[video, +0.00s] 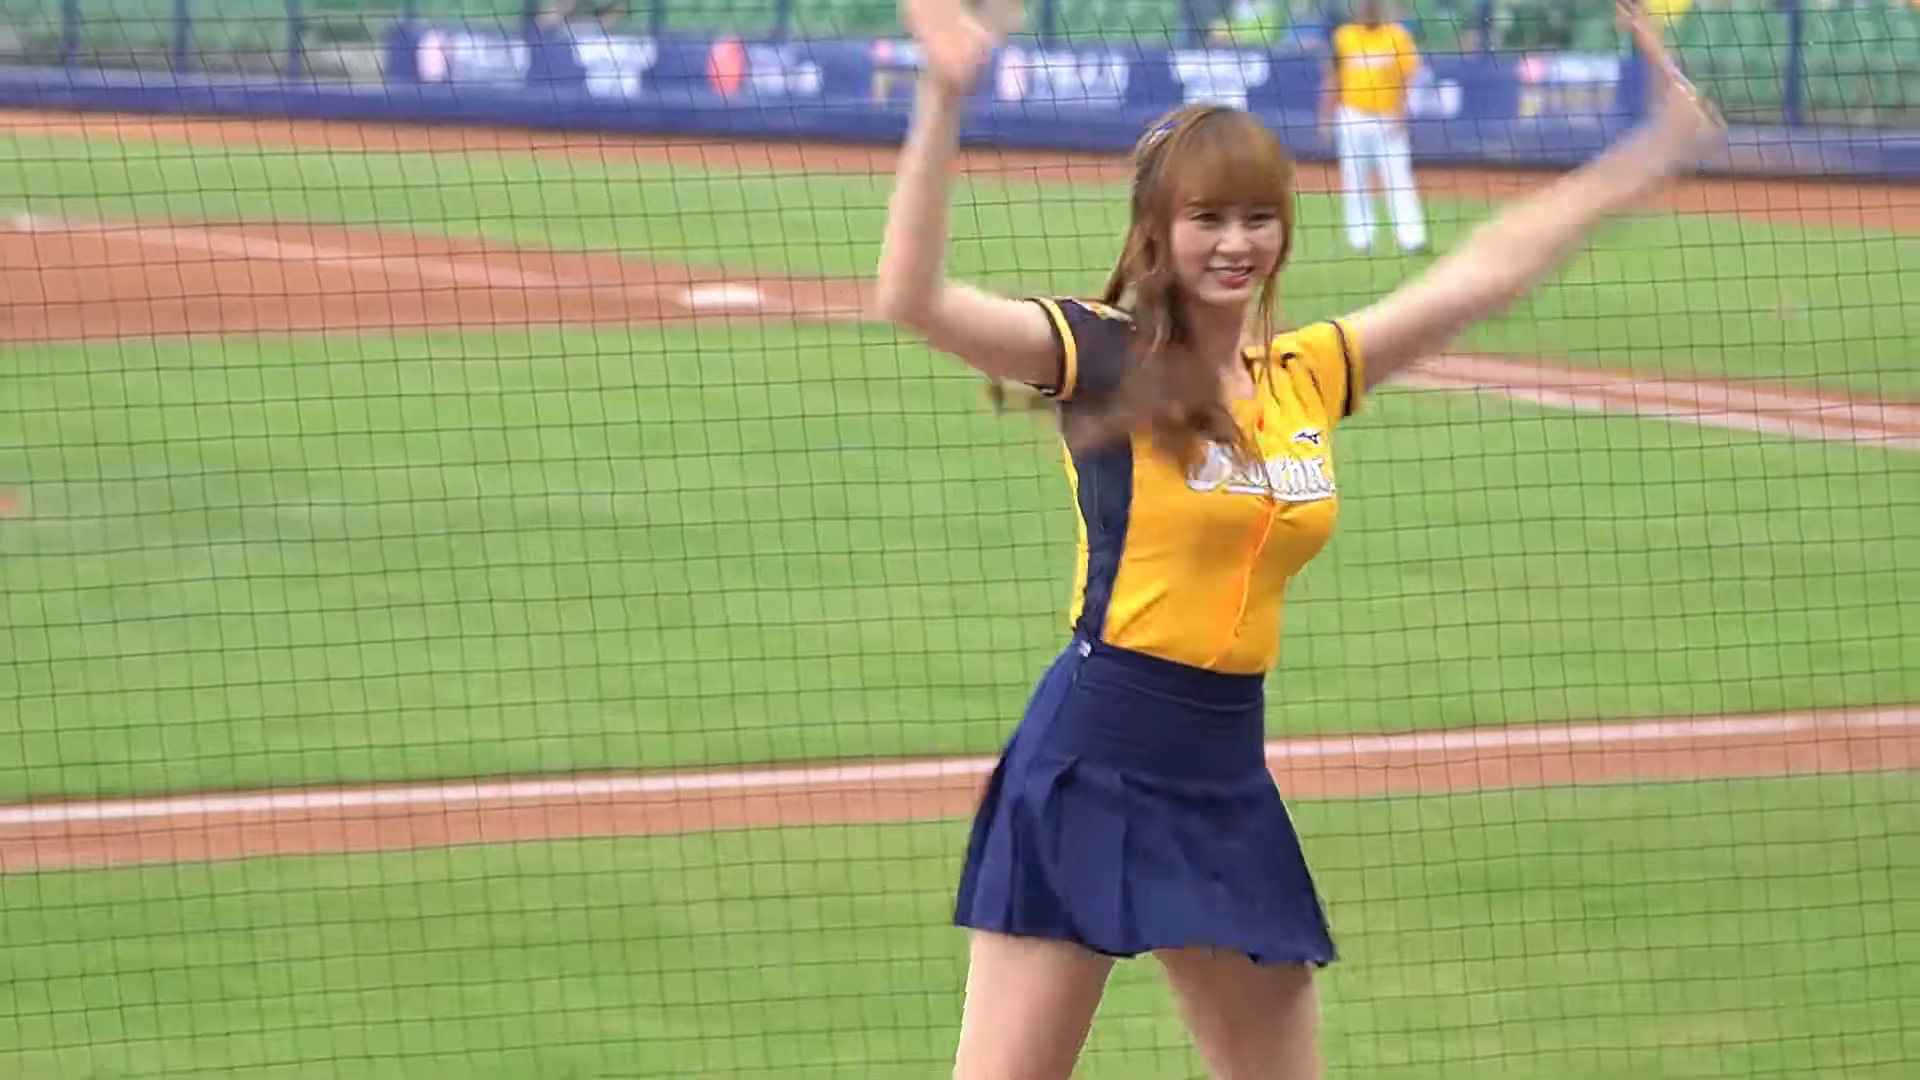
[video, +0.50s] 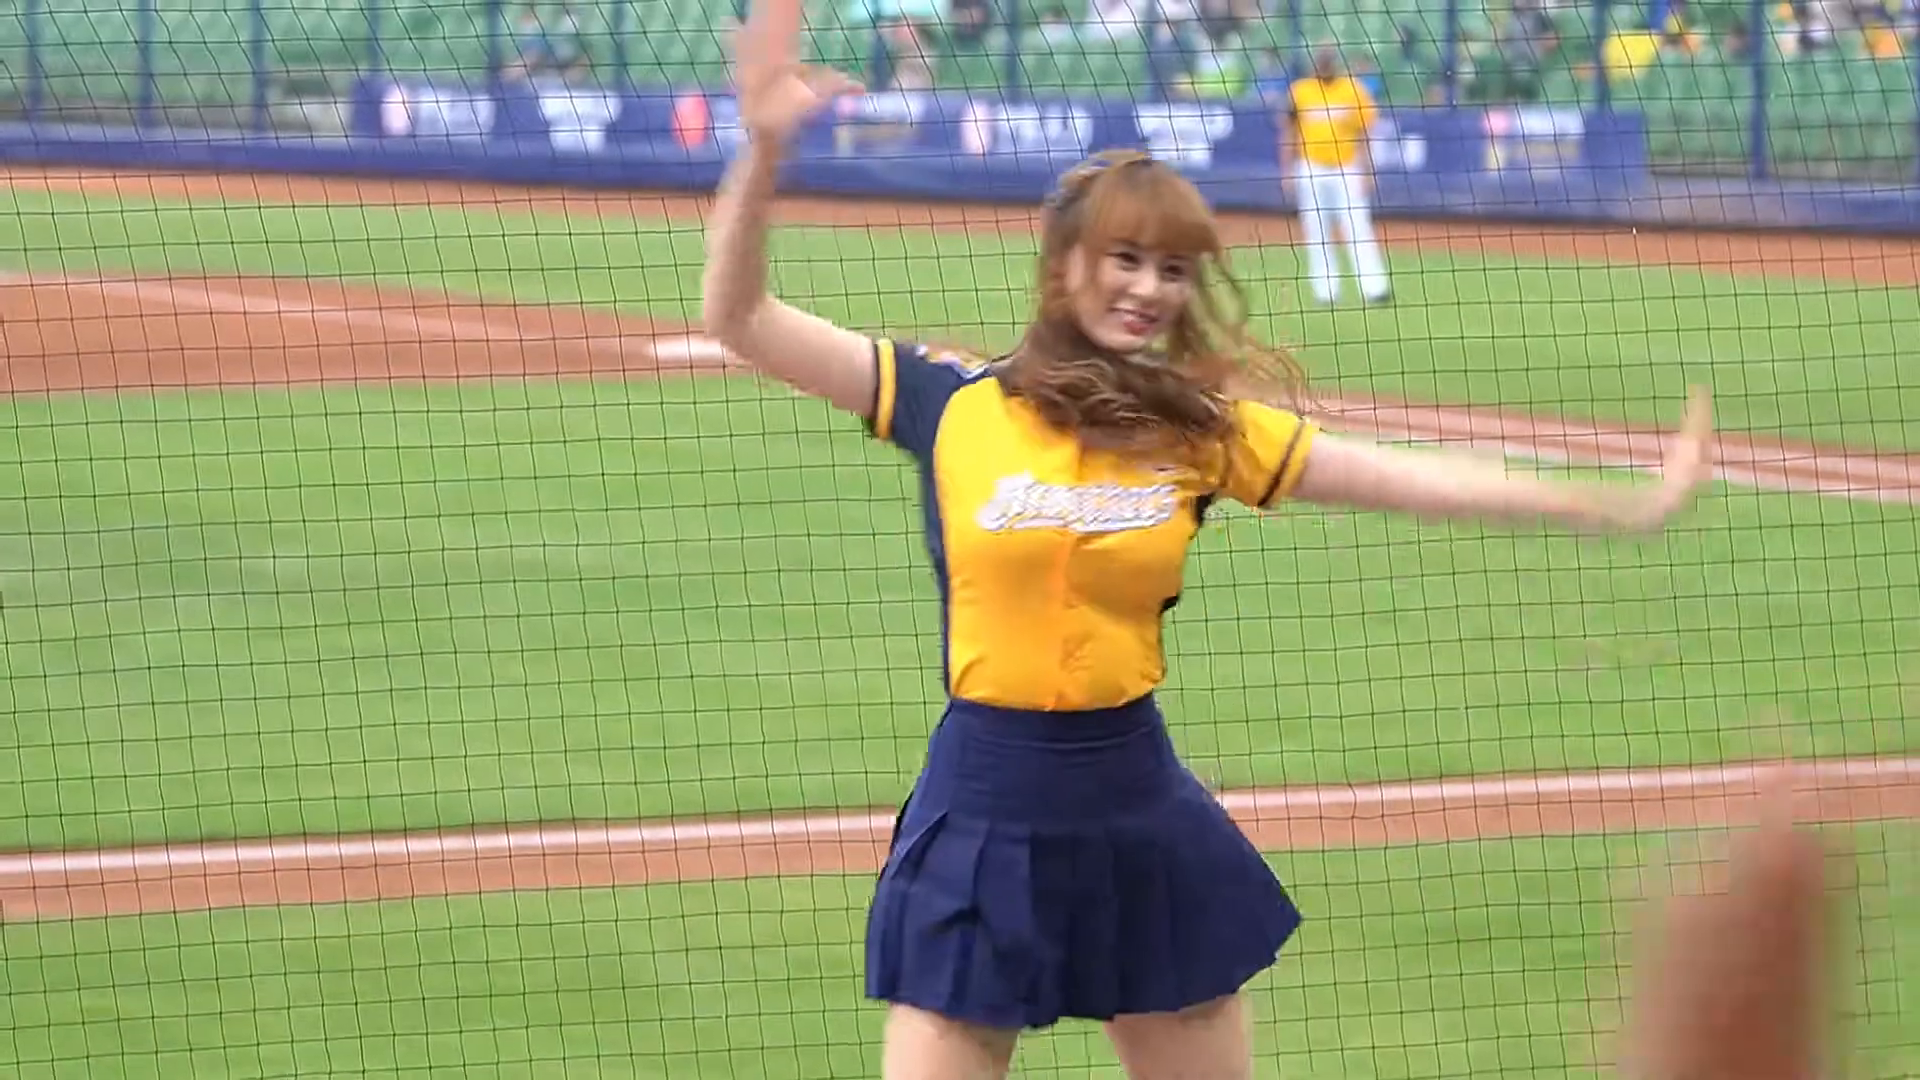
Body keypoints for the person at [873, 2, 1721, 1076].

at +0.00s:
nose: (1237, 240)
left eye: (1260, 216)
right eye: (1209, 216)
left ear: (1288, 230)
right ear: (1157, 231)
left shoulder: (1311, 370)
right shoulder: (1106, 356)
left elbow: (1487, 268)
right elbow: (913, 298)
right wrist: (941, 95)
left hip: (1225, 779)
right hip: (1089, 762)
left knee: (1279, 1064)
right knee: (1005, 1063)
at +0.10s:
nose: (1279, 242)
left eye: (1307, 223)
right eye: (1255, 213)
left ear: (1332, 250)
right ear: (1201, 223)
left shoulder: (1326, 410)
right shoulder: (1112, 358)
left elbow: (1527, 472)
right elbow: (906, 424)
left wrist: (1696, 512)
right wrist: (1038, 284)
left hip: (1202, 775)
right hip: (1055, 759)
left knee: (1251, 1063)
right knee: (1078, 1064)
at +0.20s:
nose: (1295, 306)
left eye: (1321, 287)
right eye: (1270, 277)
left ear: (1343, 314)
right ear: (1218, 288)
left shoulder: (1316, 508)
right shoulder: (1118, 436)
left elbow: (1422, 670)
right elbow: (916, 555)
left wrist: (1538, 816)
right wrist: (1056, 429)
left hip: (1184, 849)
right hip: (1032, 831)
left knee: (1263, 1061)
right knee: (1119, 1068)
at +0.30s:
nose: (1274, 331)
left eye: (1299, 310)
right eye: (1249, 301)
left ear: (1318, 334)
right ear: (1196, 310)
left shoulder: (1302, 532)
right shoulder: (1088, 450)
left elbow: (1391, 740)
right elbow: (876, 538)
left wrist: (1463, 919)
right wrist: (992, 416)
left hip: (1178, 850)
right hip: (1034, 838)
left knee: (1266, 1058)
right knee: (1089, 1063)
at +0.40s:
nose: (1225, 286)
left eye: (1251, 268)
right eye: (1203, 256)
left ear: (1270, 292)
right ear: (1145, 259)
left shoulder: (1259, 461)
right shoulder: (1023, 394)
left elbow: (1408, 622)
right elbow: (791, 406)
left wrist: (1564, 764)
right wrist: (889, 272)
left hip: (1169, 801)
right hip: (1015, 794)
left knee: (1224, 1062)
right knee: (1001, 1065)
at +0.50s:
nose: (1149, 286)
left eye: (1174, 266)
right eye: (1123, 258)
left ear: (1196, 289)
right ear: (1059, 267)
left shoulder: (1208, 433)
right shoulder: (949, 402)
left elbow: (1418, 475)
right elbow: (733, 317)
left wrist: (1620, 511)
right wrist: (762, 146)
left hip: (1140, 814)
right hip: (976, 814)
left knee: (1209, 1069)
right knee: (927, 1066)